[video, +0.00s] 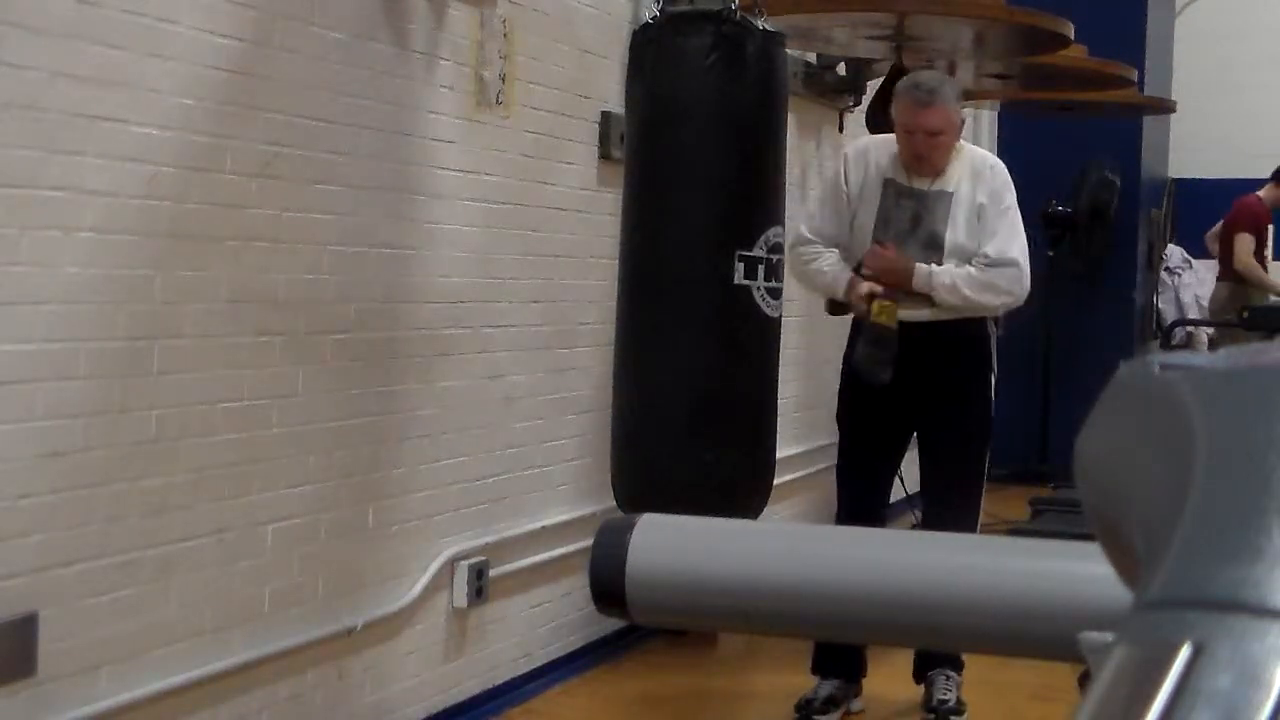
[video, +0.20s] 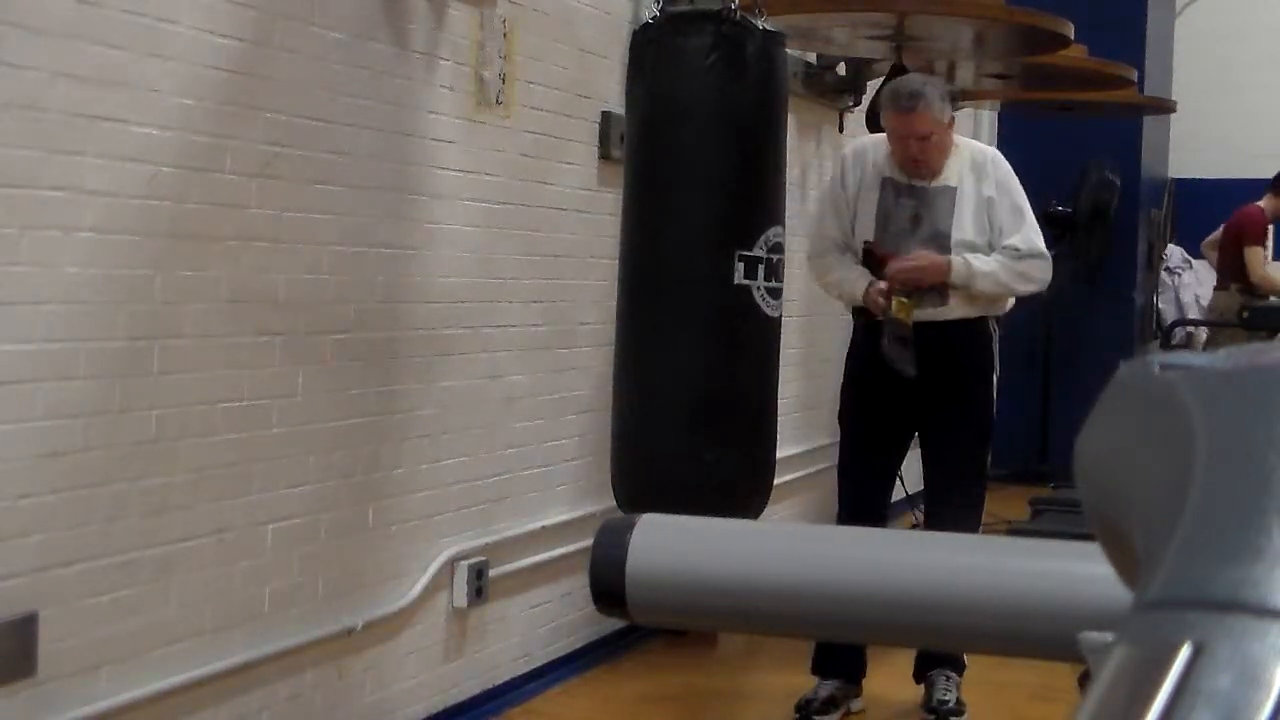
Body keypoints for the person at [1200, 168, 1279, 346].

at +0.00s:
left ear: (1274, 182)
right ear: (1278, 185)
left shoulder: (1248, 205)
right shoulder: (1251, 208)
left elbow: (1212, 237)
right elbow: (1243, 262)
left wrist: (1230, 266)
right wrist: (1276, 288)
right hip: (1235, 299)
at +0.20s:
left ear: (1272, 191)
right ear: (1276, 194)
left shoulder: (1246, 214)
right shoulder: (1255, 218)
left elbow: (1208, 247)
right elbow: (1257, 277)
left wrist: (1231, 275)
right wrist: (1276, 288)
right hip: (1236, 303)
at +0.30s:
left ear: (1273, 191)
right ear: (1278, 194)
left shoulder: (1248, 214)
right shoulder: (1257, 218)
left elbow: (1212, 249)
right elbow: (1258, 277)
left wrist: (1235, 277)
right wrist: (1277, 288)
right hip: (1240, 301)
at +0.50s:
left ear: (1270, 180)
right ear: (1275, 182)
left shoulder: (1262, 209)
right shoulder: (1255, 209)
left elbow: (1258, 264)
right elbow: (1243, 267)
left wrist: (1274, 283)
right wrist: (1273, 296)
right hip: (1238, 297)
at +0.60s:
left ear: (1272, 182)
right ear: (1276, 183)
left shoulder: (1262, 211)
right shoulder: (1253, 210)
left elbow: (1257, 263)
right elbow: (1231, 264)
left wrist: (1274, 279)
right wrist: (1256, 295)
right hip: (1238, 299)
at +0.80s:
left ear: (1273, 188)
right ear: (1276, 188)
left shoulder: (1263, 221)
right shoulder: (1251, 218)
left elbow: (1265, 267)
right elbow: (1225, 269)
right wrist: (1245, 305)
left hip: (1261, 296)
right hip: (1247, 297)